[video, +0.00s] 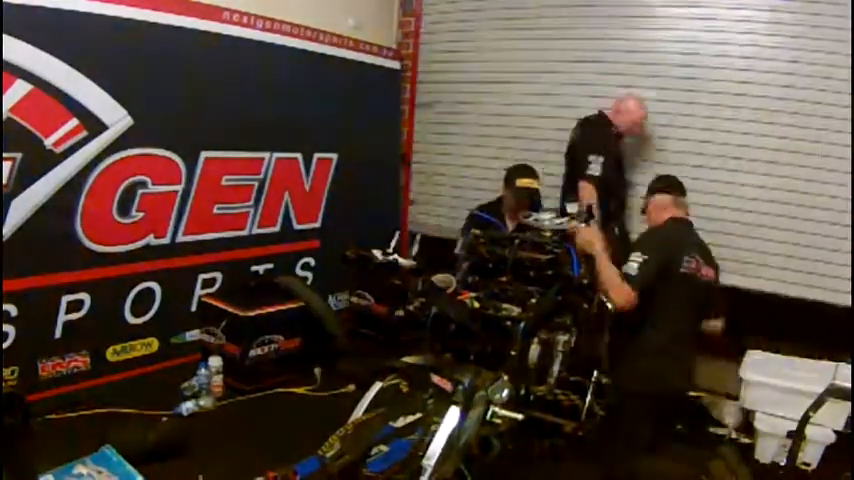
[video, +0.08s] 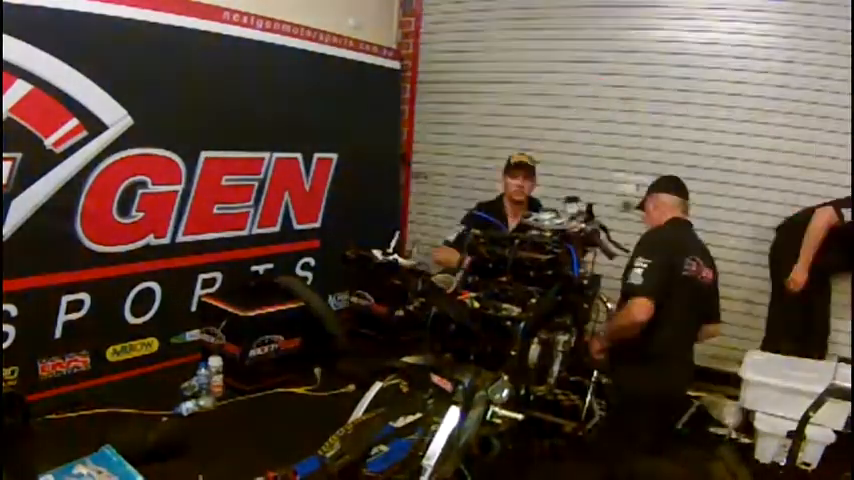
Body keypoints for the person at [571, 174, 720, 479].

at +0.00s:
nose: (645, 217)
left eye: (647, 209)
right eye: (645, 210)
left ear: (660, 205)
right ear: (683, 208)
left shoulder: (658, 238)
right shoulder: (706, 255)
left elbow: (623, 296)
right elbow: (714, 323)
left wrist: (596, 248)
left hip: (638, 373)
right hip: (676, 376)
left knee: (621, 457)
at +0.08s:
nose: (645, 218)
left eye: (646, 209)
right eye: (645, 210)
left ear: (658, 203)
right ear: (682, 207)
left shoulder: (657, 240)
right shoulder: (703, 253)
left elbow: (640, 312)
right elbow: (711, 328)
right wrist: (668, 332)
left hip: (639, 376)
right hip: (674, 377)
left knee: (622, 456)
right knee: (653, 456)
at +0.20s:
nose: (642, 196)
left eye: (648, 190)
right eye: (645, 190)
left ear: (667, 200)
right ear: (672, 201)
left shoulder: (665, 249)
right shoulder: (685, 244)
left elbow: (657, 338)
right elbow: (639, 278)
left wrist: (618, 402)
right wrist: (603, 241)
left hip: (641, 397)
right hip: (662, 391)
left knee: (623, 473)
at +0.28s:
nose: (644, 209)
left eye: (649, 200)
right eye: (645, 200)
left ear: (669, 201)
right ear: (679, 202)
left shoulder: (667, 247)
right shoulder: (700, 249)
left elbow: (643, 320)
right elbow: (663, 300)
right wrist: (616, 274)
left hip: (641, 384)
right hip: (670, 382)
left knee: (622, 463)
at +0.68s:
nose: (629, 209)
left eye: (634, 200)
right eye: (629, 201)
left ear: (656, 199)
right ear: (656, 200)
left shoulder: (676, 238)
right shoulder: (655, 238)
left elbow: (690, 300)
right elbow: (646, 291)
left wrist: (629, 308)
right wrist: (618, 271)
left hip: (667, 373)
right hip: (649, 369)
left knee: (646, 454)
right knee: (640, 451)